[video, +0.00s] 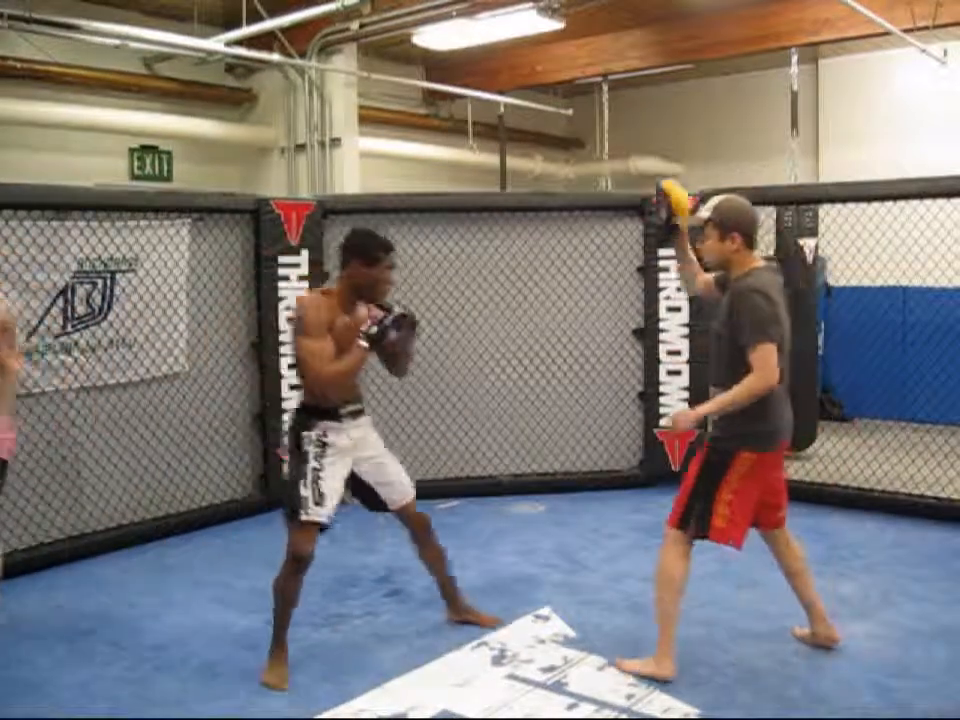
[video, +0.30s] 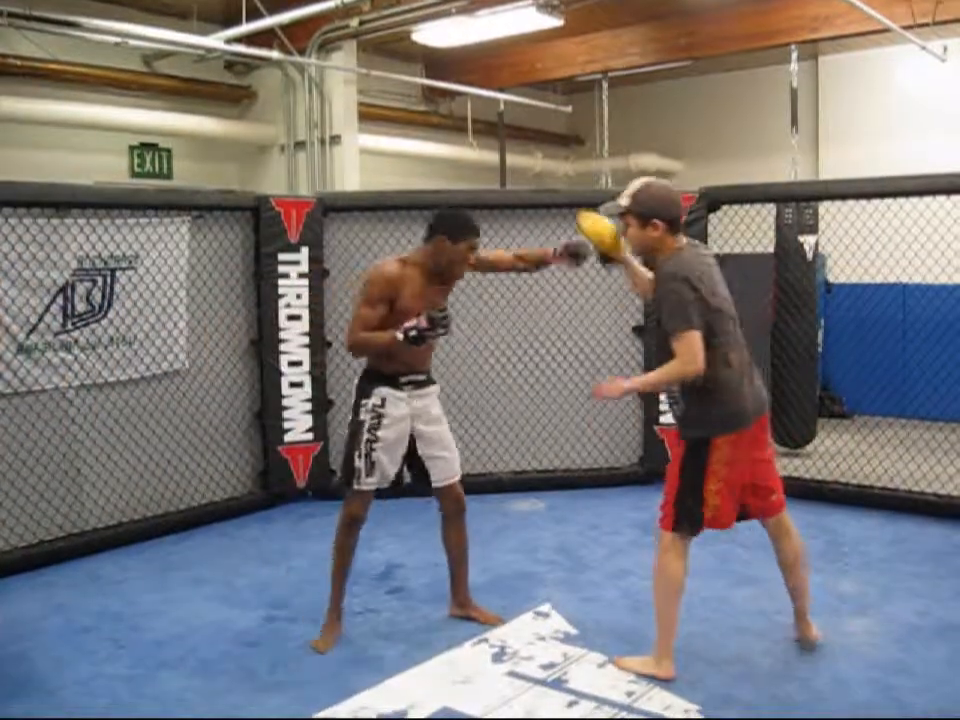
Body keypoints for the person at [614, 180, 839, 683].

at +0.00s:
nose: (699, 245)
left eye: (706, 235)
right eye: (700, 235)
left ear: (734, 240)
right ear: (738, 239)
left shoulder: (748, 293)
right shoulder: (757, 278)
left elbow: (765, 375)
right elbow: (700, 287)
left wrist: (699, 411)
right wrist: (679, 232)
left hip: (739, 435)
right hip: (767, 433)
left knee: (678, 536)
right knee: (775, 529)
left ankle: (663, 657)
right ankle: (821, 626)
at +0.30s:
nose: (623, 232)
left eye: (627, 224)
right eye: (623, 223)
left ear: (654, 228)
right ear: (668, 226)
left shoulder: (673, 277)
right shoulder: (697, 257)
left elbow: (691, 362)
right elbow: (651, 289)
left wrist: (632, 384)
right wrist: (619, 253)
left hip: (708, 423)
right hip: (751, 411)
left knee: (673, 537)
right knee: (777, 519)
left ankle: (662, 657)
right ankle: (804, 625)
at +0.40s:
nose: (611, 230)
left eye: (616, 221)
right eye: (611, 220)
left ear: (642, 225)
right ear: (654, 222)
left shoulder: (657, 273)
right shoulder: (698, 252)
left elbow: (668, 365)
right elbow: (714, 323)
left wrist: (616, 404)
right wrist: (650, 316)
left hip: (698, 420)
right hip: (744, 405)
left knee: (670, 536)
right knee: (765, 517)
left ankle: (661, 657)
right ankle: (804, 631)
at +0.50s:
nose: (613, 226)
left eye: (616, 217)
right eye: (612, 217)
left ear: (641, 219)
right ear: (659, 215)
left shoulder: (650, 273)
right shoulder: (712, 256)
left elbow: (656, 371)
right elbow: (755, 330)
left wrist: (639, 420)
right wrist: (712, 332)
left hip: (689, 424)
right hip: (742, 411)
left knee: (664, 538)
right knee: (765, 521)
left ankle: (661, 657)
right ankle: (802, 639)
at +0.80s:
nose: (678, 229)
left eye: (681, 222)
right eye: (680, 220)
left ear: (695, 228)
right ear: (733, 227)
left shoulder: (676, 289)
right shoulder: (780, 284)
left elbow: (682, 379)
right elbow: (809, 371)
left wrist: (687, 463)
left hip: (706, 450)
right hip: (771, 448)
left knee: (661, 552)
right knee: (795, 569)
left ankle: (658, 657)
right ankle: (814, 696)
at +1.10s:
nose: (758, 205)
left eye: (759, 195)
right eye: (759, 195)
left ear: (776, 193)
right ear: (814, 194)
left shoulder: (759, 251)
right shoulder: (861, 259)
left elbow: (728, 343)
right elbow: (884, 357)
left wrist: (687, 377)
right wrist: (829, 350)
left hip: (766, 435)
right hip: (840, 439)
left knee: (718, 556)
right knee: (833, 584)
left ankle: (711, 687)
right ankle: (823, 709)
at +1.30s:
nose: (781, 210)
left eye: (782, 200)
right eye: (780, 201)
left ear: (800, 195)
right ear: (842, 195)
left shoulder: (788, 253)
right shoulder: (892, 261)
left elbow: (762, 349)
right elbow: (919, 364)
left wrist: (730, 349)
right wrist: (862, 360)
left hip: (799, 450)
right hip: (872, 448)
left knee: (759, 578)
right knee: (877, 592)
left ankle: (798, 708)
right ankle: (883, 711)